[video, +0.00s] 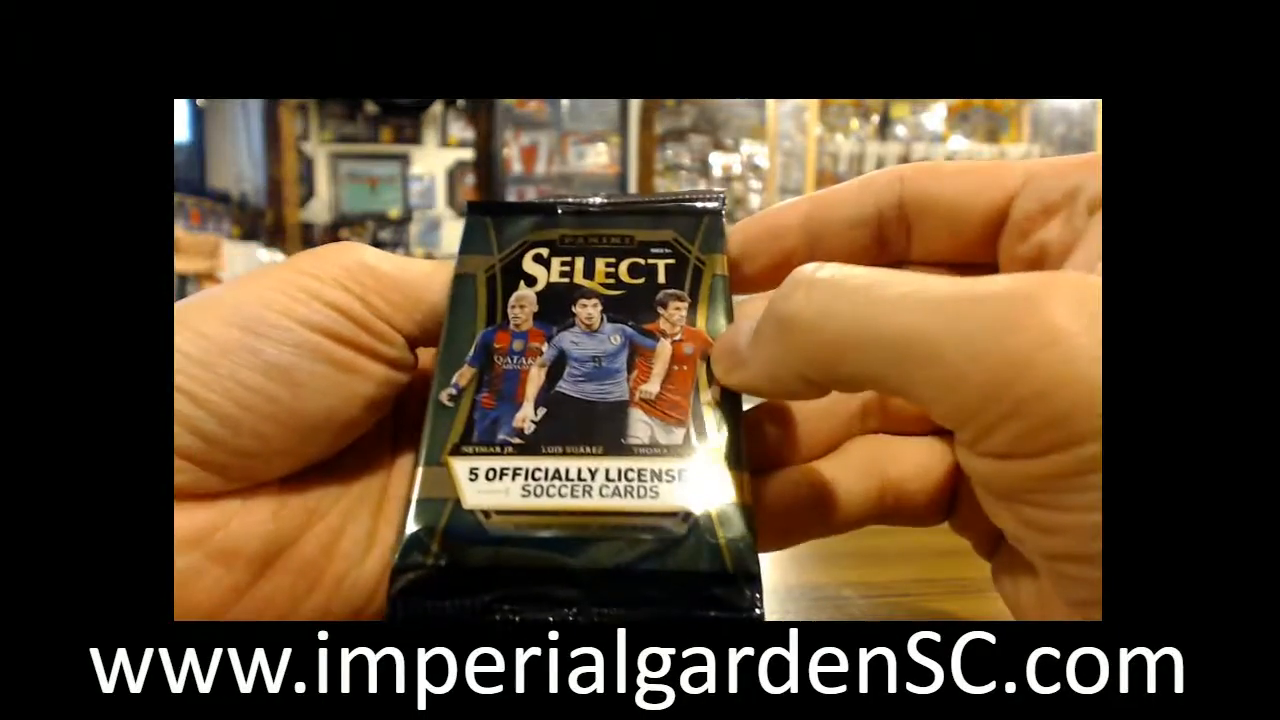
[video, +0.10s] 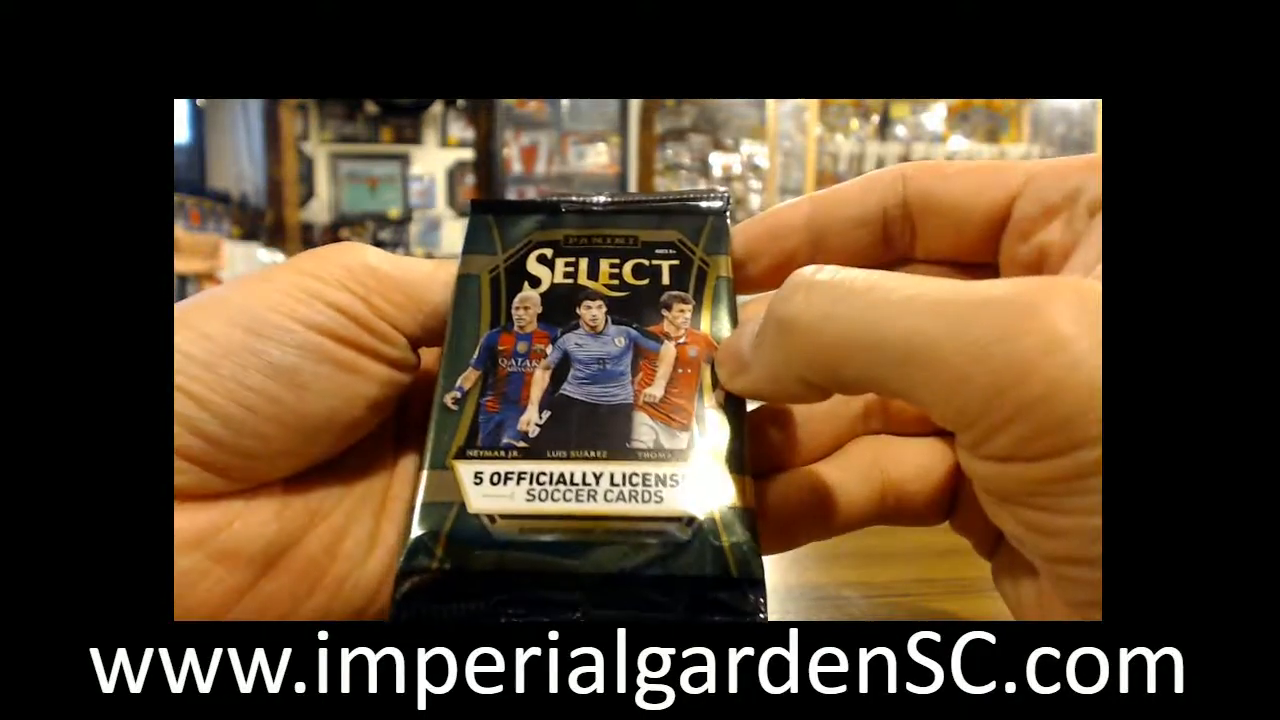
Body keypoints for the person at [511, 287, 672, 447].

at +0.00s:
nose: (590, 311)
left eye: (594, 306)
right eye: (583, 306)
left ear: (601, 308)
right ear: (574, 309)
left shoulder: (621, 331)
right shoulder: (564, 337)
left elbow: (663, 346)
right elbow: (539, 367)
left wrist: (654, 381)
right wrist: (528, 405)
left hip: (612, 404)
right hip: (569, 402)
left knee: (612, 462)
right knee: (534, 447)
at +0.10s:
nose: (594, 313)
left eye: (599, 308)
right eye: (588, 308)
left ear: (605, 309)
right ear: (579, 312)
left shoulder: (626, 333)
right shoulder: (568, 339)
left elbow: (667, 348)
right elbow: (544, 370)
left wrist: (659, 384)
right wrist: (532, 408)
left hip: (617, 406)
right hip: (576, 404)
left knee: (616, 464)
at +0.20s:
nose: (595, 317)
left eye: (600, 311)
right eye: (589, 312)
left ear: (607, 313)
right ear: (580, 315)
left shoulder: (626, 336)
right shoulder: (569, 342)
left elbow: (668, 351)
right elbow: (545, 373)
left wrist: (660, 386)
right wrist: (533, 410)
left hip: (618, 409)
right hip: (576, 407)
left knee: (618, 466)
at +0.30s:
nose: (595, 319)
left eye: (600, 314)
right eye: (589, 314)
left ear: (606, 315)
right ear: (579, 317)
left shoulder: (626, 338)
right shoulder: (568, 345)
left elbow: (667, 353)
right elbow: (545, 375)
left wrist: (659, 388)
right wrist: (533, 412)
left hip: (617, 412)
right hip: (579, 411)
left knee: (617, 469)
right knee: (575, 467)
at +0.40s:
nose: (595, 316)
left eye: (600, 311)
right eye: (589, 311)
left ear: (607, 313)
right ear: (580, 314)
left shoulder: (626, 338)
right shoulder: (569, 341)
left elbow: (663, 354)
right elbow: (544, 373)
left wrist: (658, 390)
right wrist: (534, 411)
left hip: (616, 409)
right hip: (576, 406)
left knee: (613, 467)